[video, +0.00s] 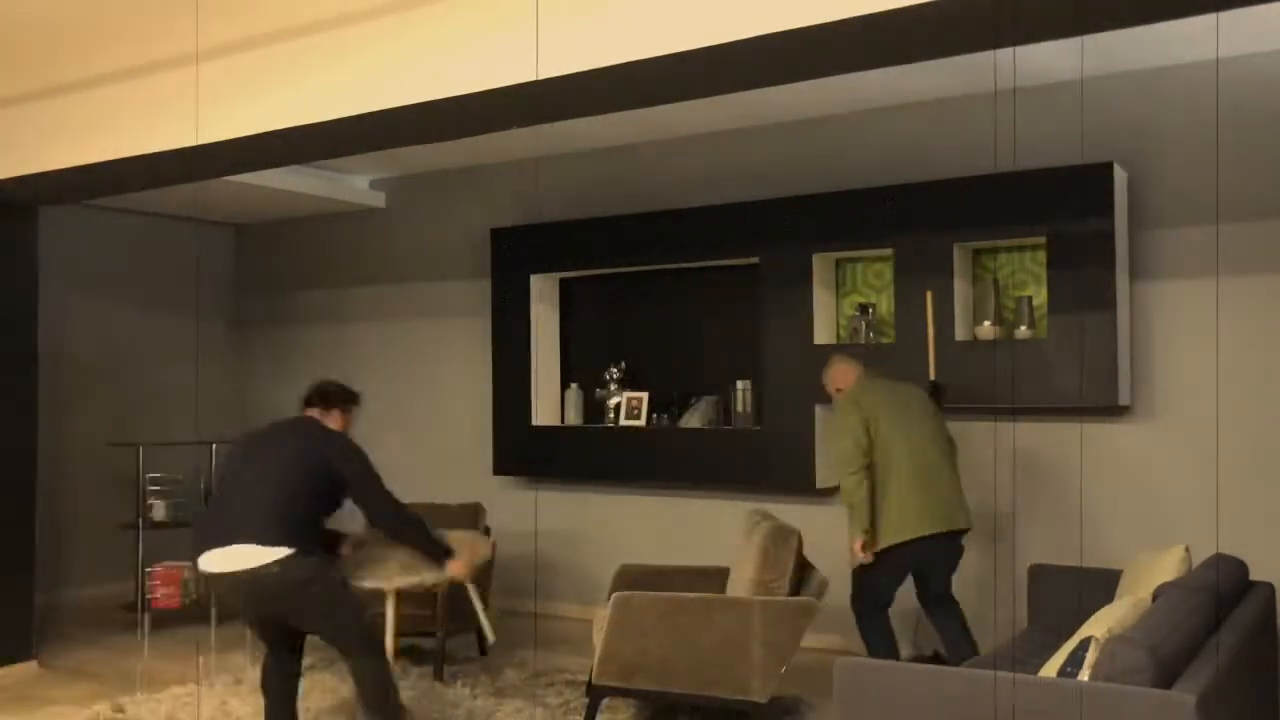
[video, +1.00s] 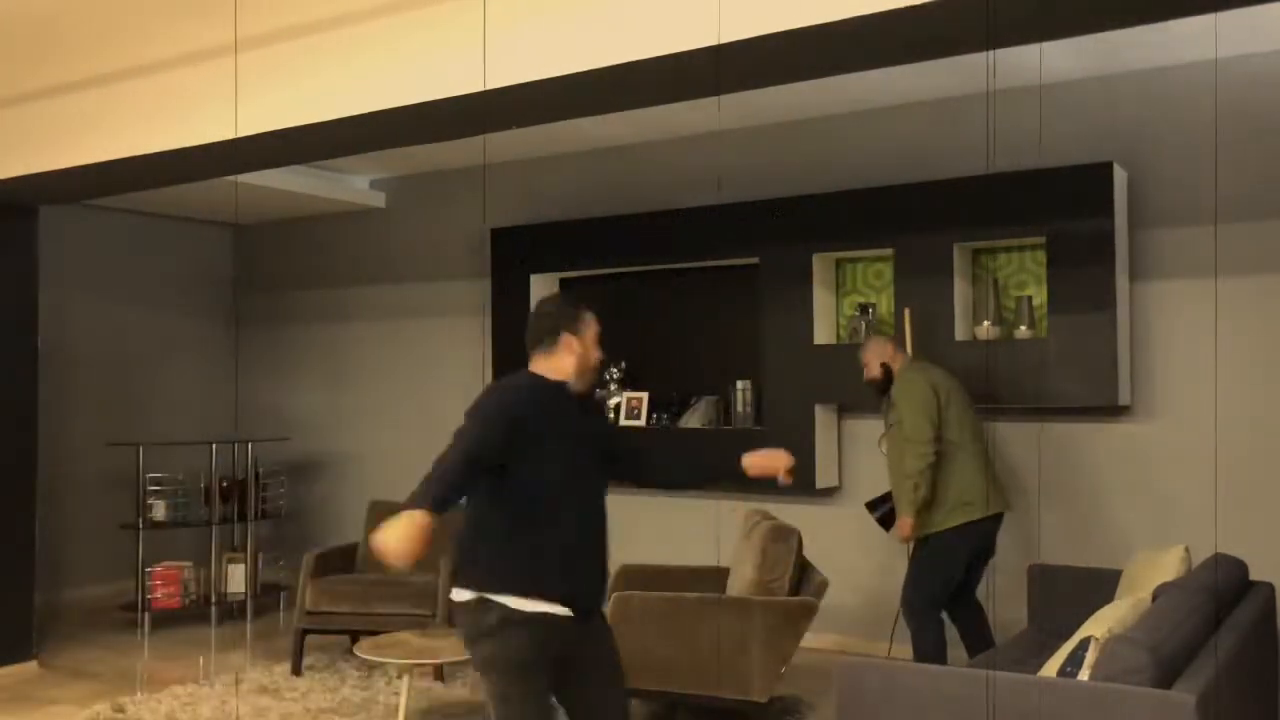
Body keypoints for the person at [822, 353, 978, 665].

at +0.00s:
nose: (838, 402)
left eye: (835, 395)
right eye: (835, 396)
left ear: (841, 384)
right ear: (861, 373)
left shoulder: (851, 403)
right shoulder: (916, 394)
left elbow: (853, 470)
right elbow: (947, 447)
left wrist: (860, 529)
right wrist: (945, 506)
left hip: (898, 528)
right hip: (949, 522)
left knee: (868, 604)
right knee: (937, 595)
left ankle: (890, 682)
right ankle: (972, 670)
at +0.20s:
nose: (857, 390)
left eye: (857, 381)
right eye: (853, 384)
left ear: (872, 369)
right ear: (880, 366)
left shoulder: (889, 390)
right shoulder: (925, 390)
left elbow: (889, 450)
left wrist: (871, 508)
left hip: (937, 514)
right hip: (978, 510)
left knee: (893, 597)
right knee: (952, 593)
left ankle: (908, 683)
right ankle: (983, 676)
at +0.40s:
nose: (857, 394)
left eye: (857, 385)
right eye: (854, 387)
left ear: (874, 371)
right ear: (880, 369)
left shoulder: (895, 392)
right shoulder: (924, 389)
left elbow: (904, 453)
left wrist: (893, 509)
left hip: (954, 513)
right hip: (989, 508)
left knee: (914, 602)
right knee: (959, 597)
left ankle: (929, 688)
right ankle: (988, 678)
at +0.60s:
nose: (865, 391)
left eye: (861, 385)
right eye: (862, 386)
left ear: (866, 378)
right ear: (886, 365)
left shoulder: (900, 394)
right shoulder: (920, 388)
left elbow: (917, 454)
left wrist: (916, 515)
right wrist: (912, 501)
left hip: (963, 513)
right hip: (989, 508)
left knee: (925, 602)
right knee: (957, 599)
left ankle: (933, 692)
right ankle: (990, 678)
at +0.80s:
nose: (879, 380)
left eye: (875, 374)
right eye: (875, 375)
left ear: (881, 364)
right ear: (898, 353)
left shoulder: (910, 383)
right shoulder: (936, 378)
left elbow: (918, 451)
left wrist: (904, 511)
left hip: (954, 516)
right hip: (985, 510)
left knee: (921, 603)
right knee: (960, 598)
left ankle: (932, 693)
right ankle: (990, 678)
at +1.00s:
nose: (868, 377)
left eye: (869, 366)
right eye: (865, 369)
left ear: (888, 353)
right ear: (894, 352)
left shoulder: (912, 381)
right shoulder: (933, 376)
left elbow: (918, 451)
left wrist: (907, 512)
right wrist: (906, 502)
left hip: (954, 514)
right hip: (982, 509)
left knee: (918, 602)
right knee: (959, 598)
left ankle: (933, 692)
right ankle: (991, 677)